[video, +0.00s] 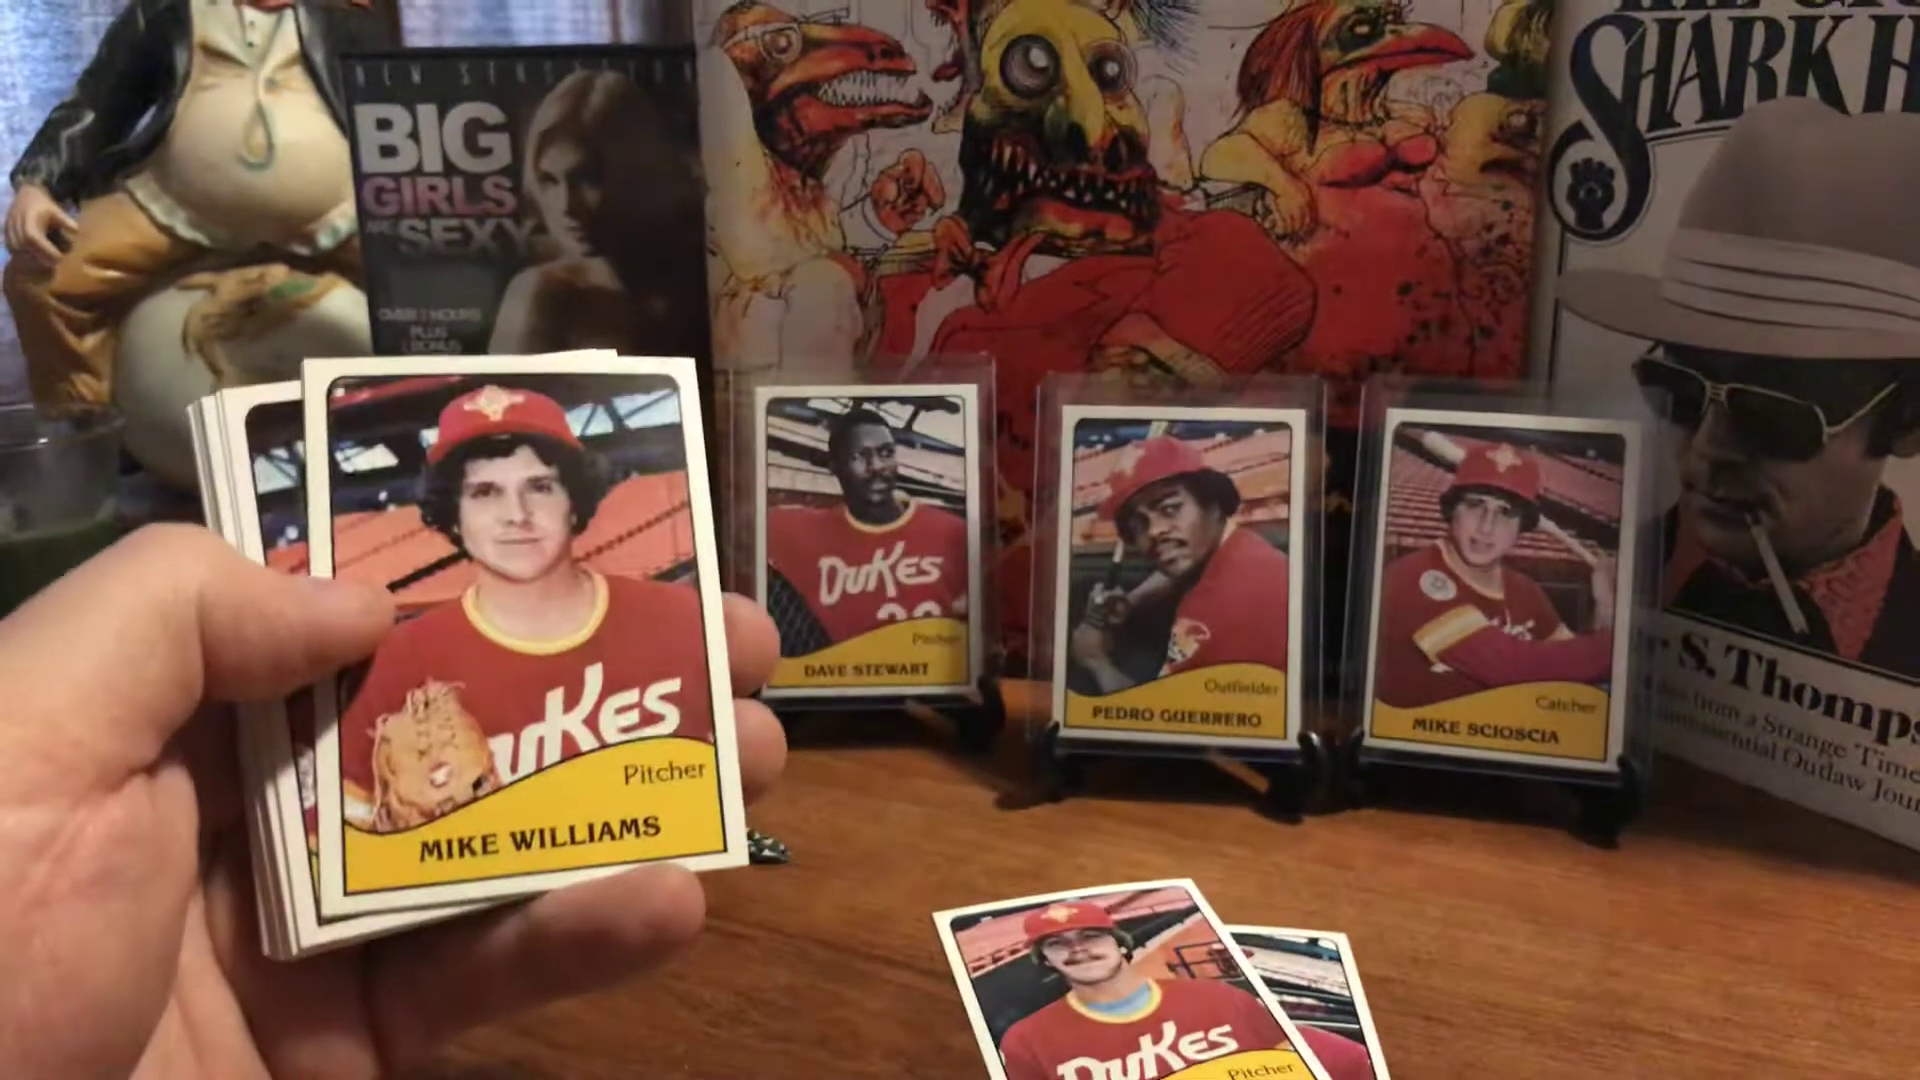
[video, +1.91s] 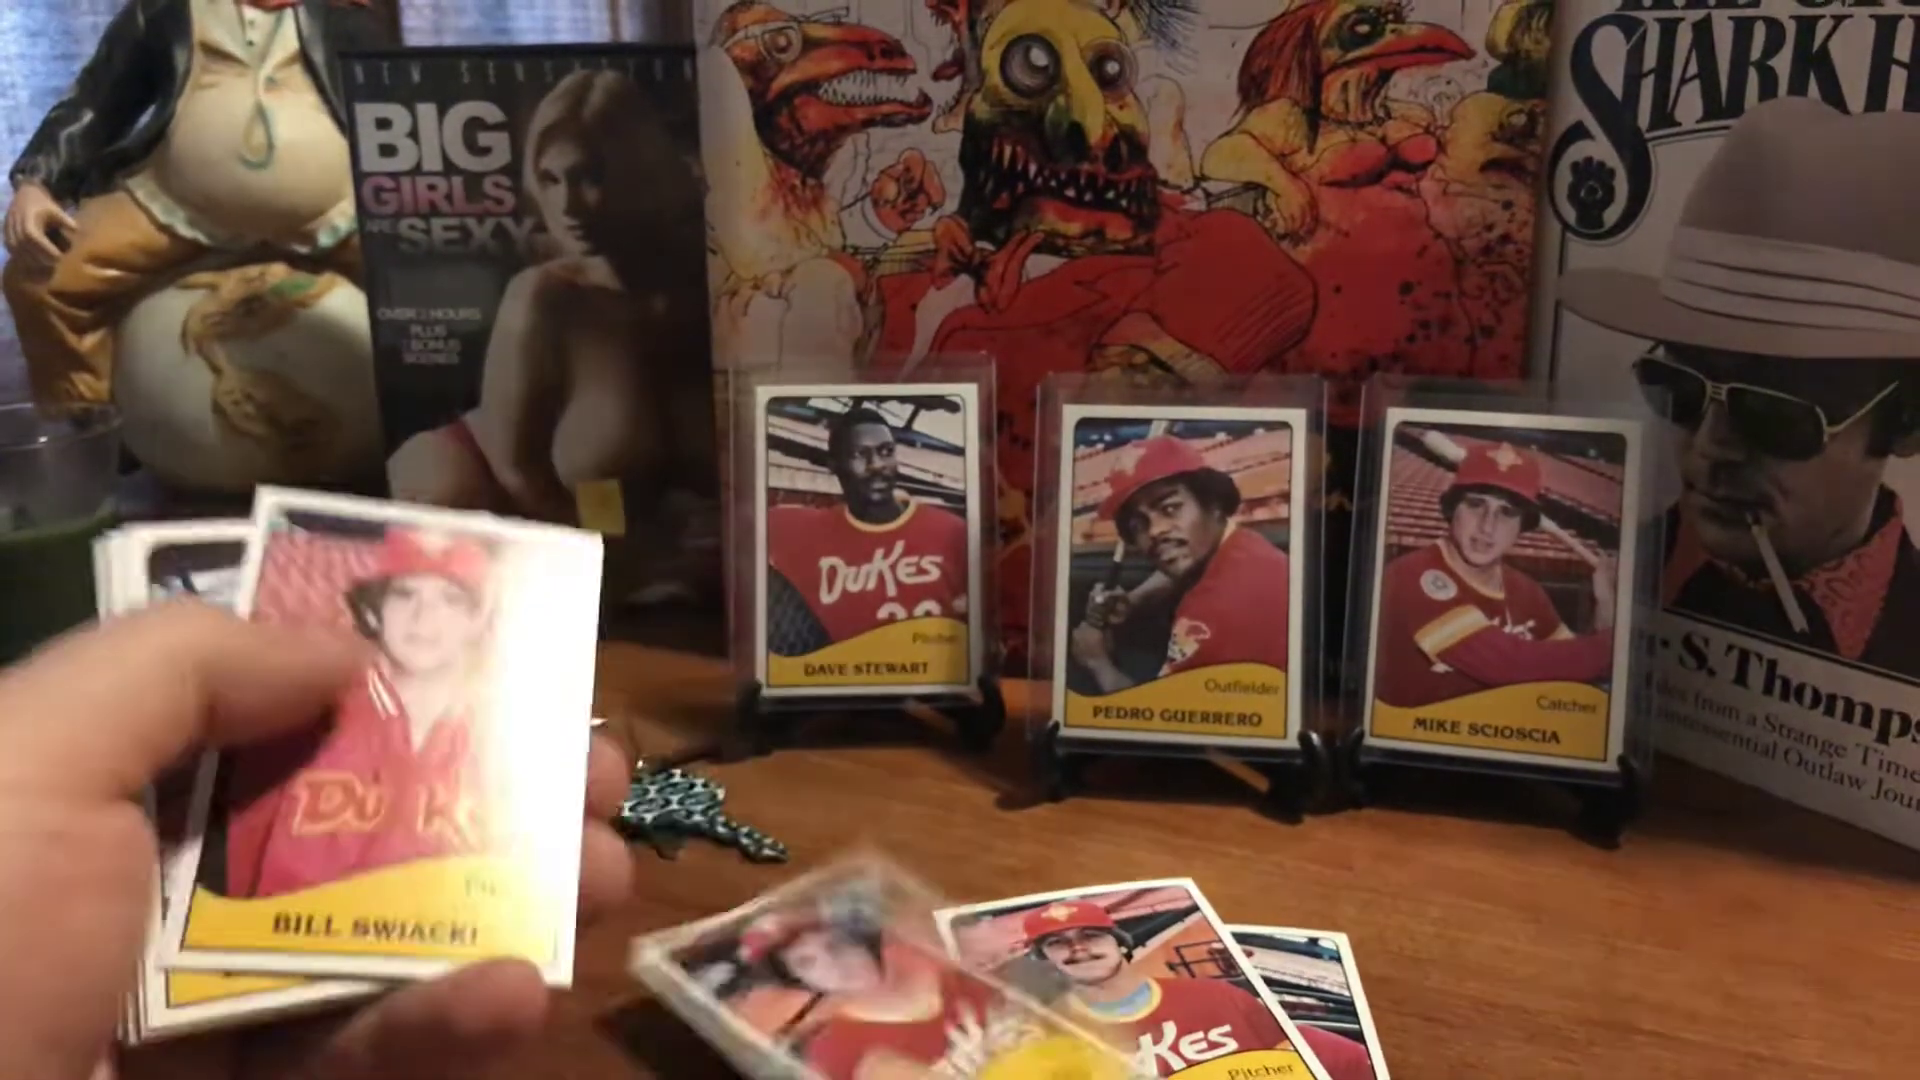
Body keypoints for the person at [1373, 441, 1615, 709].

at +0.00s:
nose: (1486, 526)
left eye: (1505, 513)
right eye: (1475, 505)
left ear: (1521, 527)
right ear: (1451, 509)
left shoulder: (1523, 591)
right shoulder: (1415, 579)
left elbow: (1579, 674)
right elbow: (1505, 666)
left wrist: (1605, 609)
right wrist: (1620, 643)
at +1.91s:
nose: (1487, 525)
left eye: (1506, 512)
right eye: (1476, 505)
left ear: (1521, 527)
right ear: (1452, 508)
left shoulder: (1525, 592)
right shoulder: (1416, 577)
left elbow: (1579, 675)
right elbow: (1504, 664)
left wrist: (1606, 606)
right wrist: (1620, 641)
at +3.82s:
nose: (1484, 527)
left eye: (1504, 513)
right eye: (1474, 505)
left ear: (1519, 528)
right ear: (1450, 510)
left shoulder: (1521, 592)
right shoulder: (1413, 579)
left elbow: (1578, 669)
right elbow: (1504, 665)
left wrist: (1603, 608)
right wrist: (1617, 640)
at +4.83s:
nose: (1483, 526)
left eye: (1503, 513)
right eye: (1473, 505)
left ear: (1518, 528)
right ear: (1449, 509)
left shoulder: (1521, 592)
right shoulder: (1413, 577)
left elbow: (1579, 672)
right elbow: (1501, 664)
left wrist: (1602, 604)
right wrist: (1616, 646)